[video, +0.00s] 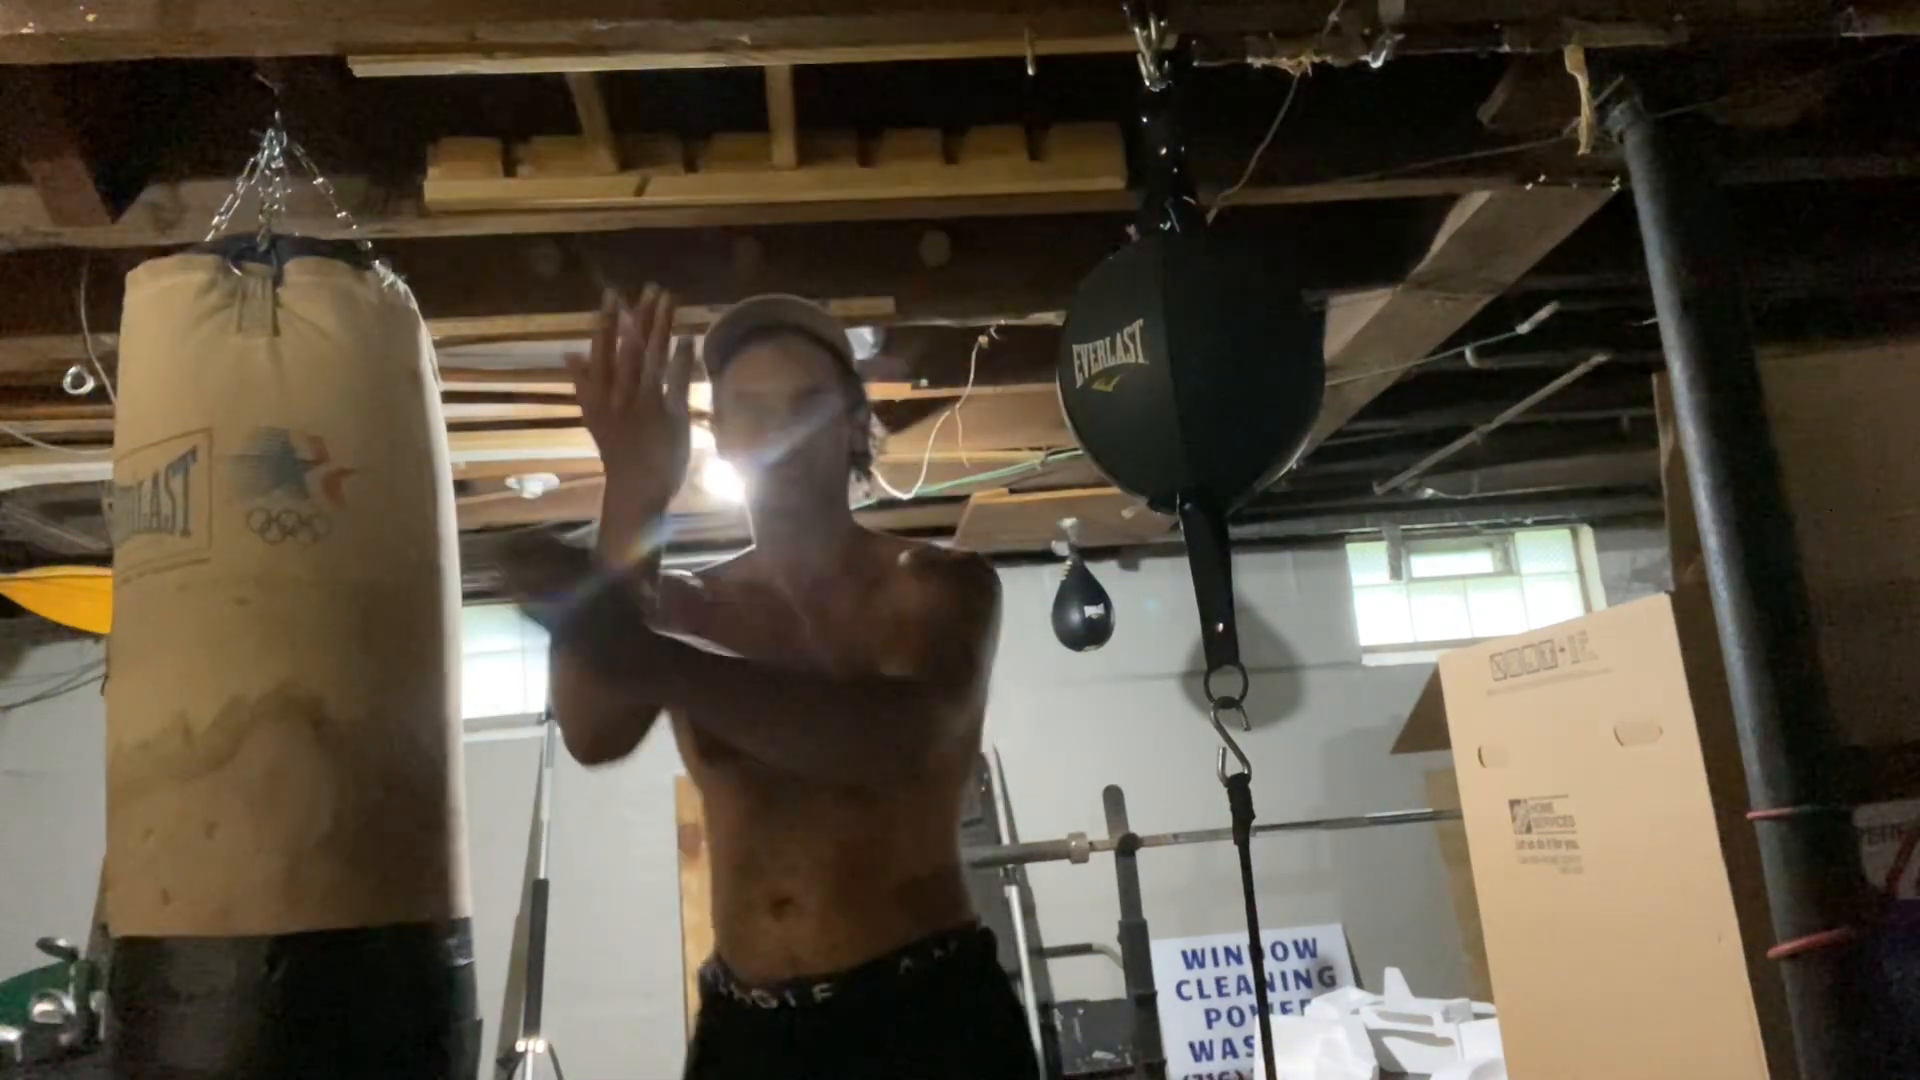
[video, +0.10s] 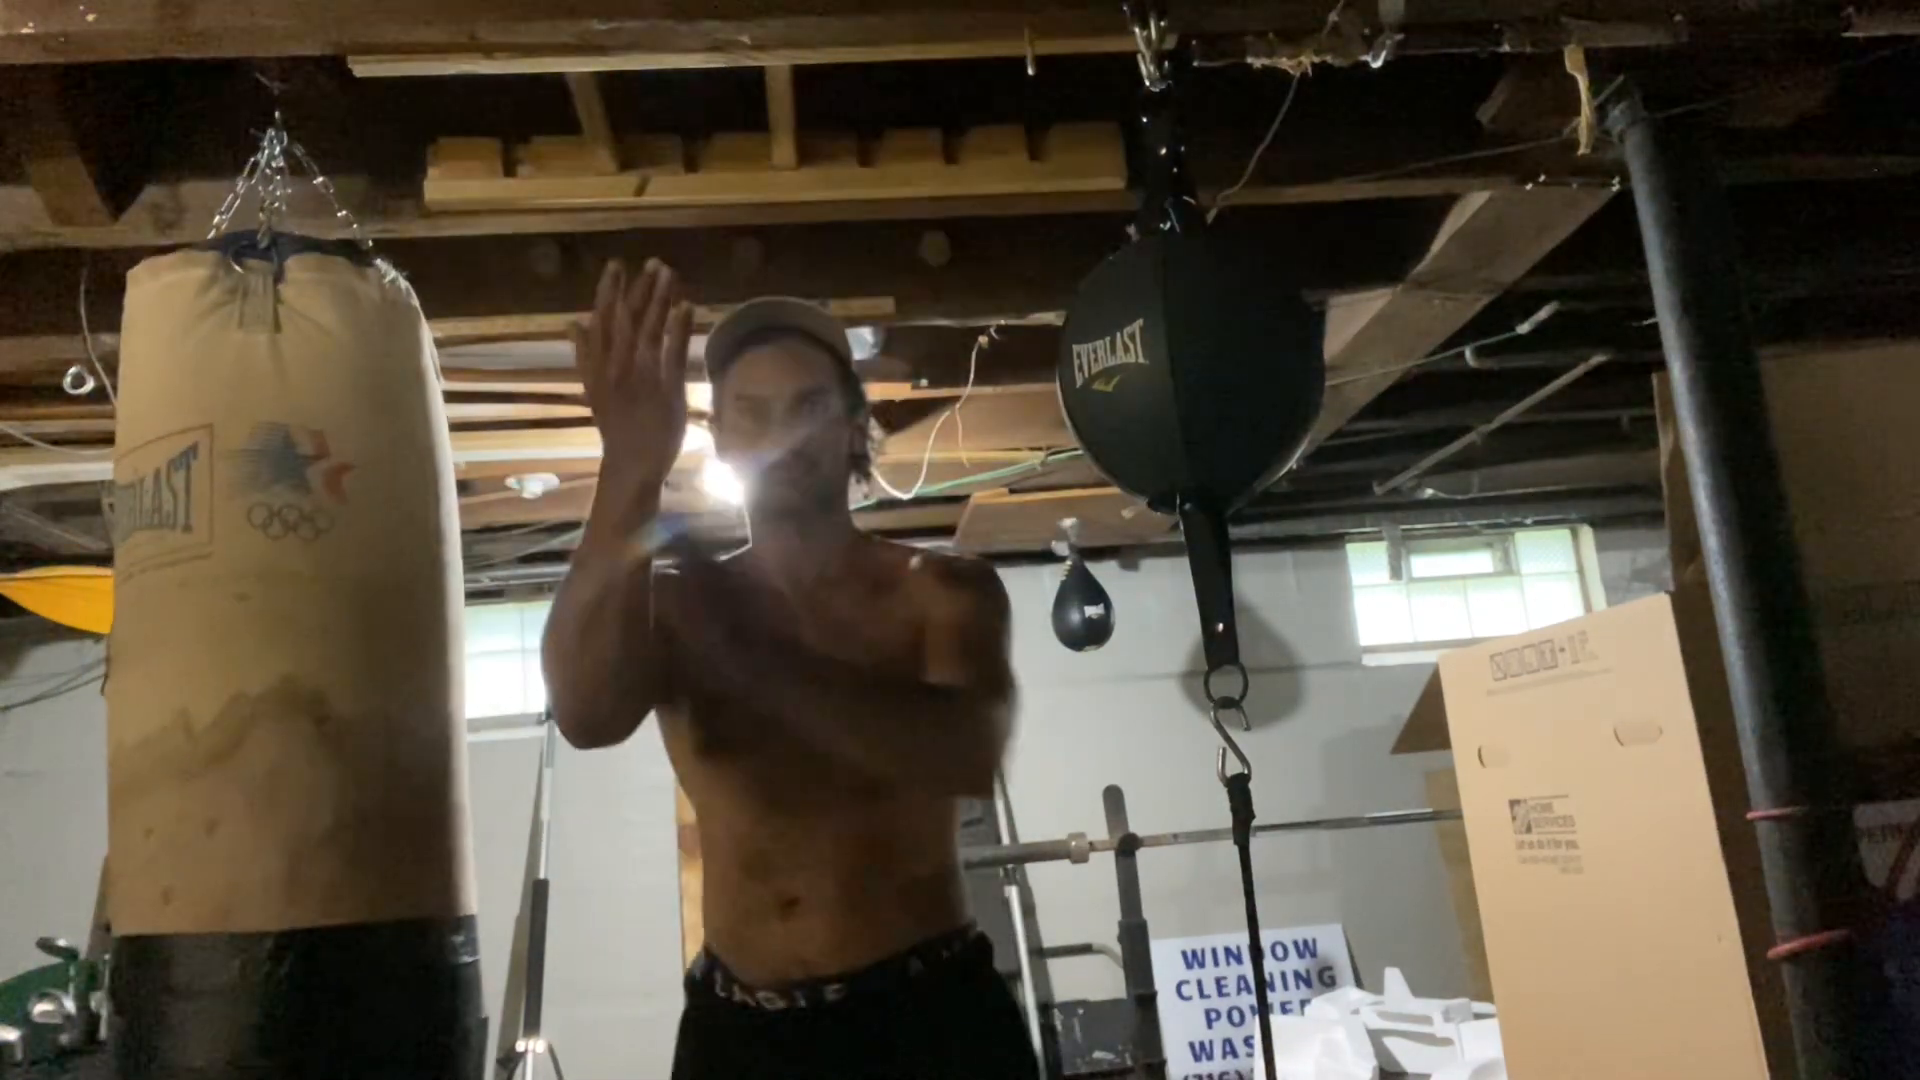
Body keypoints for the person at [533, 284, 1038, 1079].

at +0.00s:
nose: (777, 431)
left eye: (806, 401)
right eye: (748, 409)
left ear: (859, 426)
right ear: (720, 438)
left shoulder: (946, 584)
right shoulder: (689, 603)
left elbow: (912, 743)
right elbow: (594, 735)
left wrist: (656, 662)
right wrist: (629, 505)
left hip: (927, 1007)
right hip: (748, 1027)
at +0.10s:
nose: (780, 438)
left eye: (809, 408)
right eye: (751, 414)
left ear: (856, 431)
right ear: (719, 445)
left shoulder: (948, 589)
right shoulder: (678, 598)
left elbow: (969, 756)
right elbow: (587, 716)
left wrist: (745, 664)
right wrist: (628, 470)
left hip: (930, 1010)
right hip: (741, 1029)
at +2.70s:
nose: (830, 442)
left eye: (857, 413)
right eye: (800, 417)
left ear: (905, 451)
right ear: (757, 448)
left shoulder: (987, 623)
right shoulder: (688, 641)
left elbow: (1090, 905)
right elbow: (684, 935)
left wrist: (1091, 1058)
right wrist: (876, 1055)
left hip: (990, 1019)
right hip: (791, 1033)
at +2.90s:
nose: (798, 453)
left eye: (823, 425)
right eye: (763, 426)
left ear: (862, 445)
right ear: (711, 451)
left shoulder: (929, 634)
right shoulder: (650, 630)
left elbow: (1007, 889)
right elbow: (645, 951)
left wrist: (1052, 1050)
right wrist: (855, 1071)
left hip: (923, 1010)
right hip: (733, 1024)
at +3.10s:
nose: (782, 472)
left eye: (806, 446)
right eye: (744, 446)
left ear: (842, 476)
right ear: (688, 476)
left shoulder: (915, 658)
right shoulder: (639, 646)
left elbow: (989, 909)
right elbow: (629, 966)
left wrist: (1052, 1046)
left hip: (929, 1014)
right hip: (739, 1027)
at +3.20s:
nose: (797, 463)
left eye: (820, 439)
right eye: (760, 438)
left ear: (848, 463)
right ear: (698, 465)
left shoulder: (918, 656)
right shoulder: (643, 640)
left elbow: (999, 904)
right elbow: (637, 955)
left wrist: (1064, 1057)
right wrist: (802, 1067)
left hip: (935, 1019)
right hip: (748, 1026)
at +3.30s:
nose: (832, 429)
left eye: (850, 407)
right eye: (797, 403)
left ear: (870, 440)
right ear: (722, 434)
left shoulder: (929, 638)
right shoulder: (661, 611)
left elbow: (999, 882)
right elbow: (626, 924)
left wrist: (1072, 1056)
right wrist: (816, 1066)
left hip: (944, 1015)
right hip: (752, 1023)